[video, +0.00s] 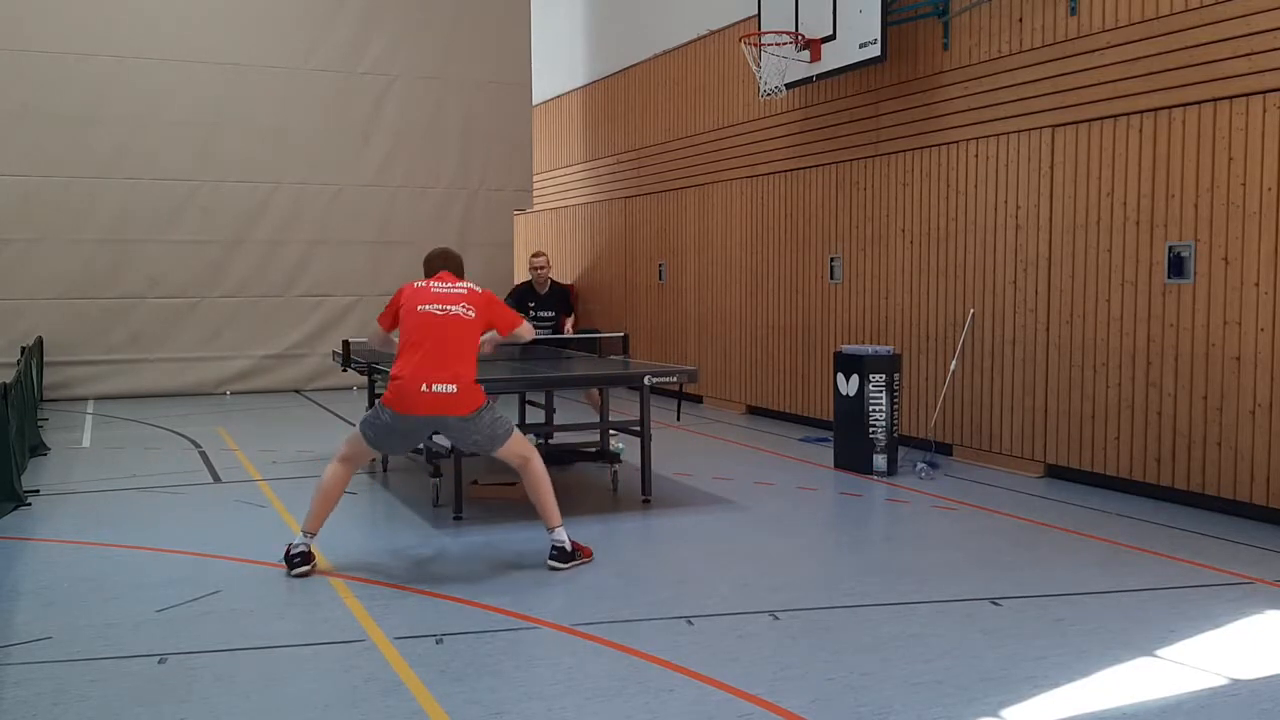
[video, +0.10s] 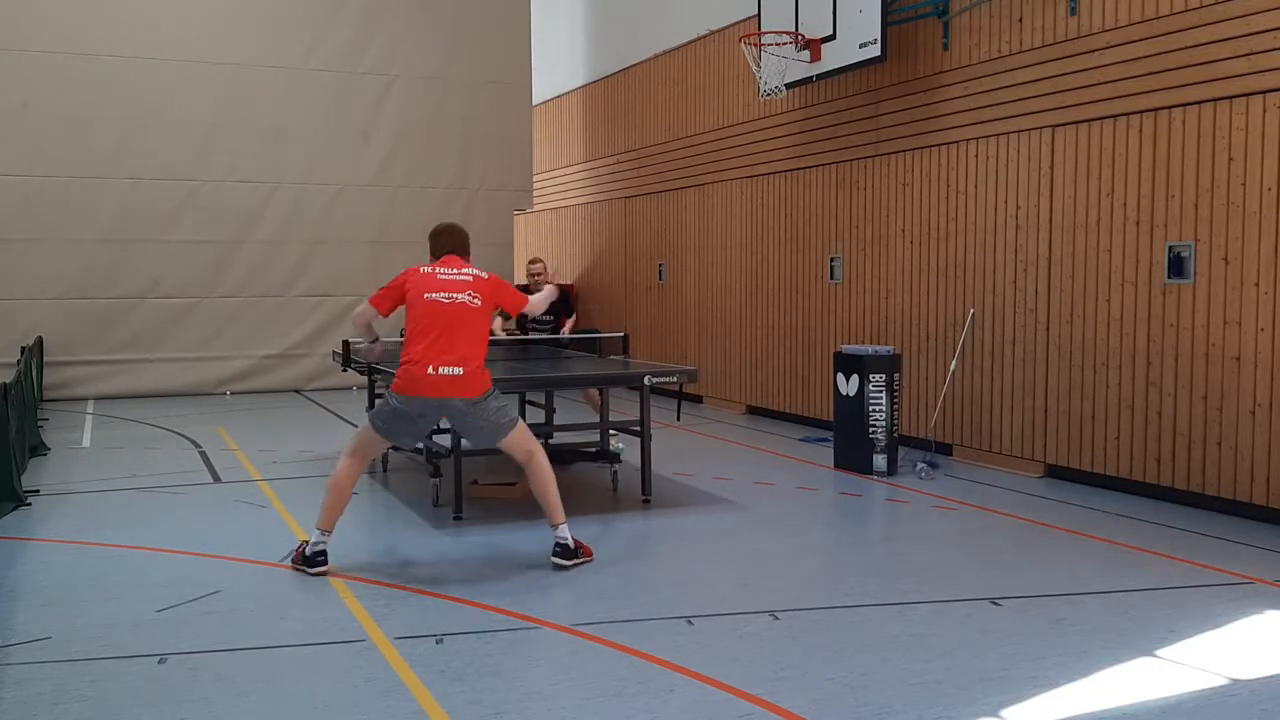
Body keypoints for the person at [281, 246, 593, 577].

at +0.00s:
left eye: (431, 277)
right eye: (457, 274)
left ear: (425, 275)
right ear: (462, 274)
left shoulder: (409, 291)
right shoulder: (481, 295)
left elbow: (379, 336)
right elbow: (525, 333)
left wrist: (406, 347)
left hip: (405, 403)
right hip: (463, 402)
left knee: (346, 460)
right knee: (526, 457)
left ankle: (302, 545)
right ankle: (561, 542)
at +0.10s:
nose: (461, 256)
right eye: (464, 251)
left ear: (432, 254)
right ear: (467, 253)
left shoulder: (412, 277)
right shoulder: (487, 281)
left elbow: (362, 318)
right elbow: (533, 307)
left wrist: (371, 343)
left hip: (413, 390)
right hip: (471, 392)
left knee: (356, 457)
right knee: (531, 454)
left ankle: (317, 546)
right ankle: (564, 539)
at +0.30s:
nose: (490, 258)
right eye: (490, 252)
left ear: (451, 253)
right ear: (486, 255)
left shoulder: (427, 284)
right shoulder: (501, 289)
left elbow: (377, 326)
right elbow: (552, 333)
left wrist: (389, 330)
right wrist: (578, 317)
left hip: (430, 402)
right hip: (489, 406)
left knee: (361, 458)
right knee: (537, 467)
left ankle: (328, 548)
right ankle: (570, 540)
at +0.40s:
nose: (512, 249)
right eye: (514, 243)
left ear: (477, 242)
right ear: (513, 246)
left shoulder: (448, 272)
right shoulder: (523, 282)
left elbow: (410, 317)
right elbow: (552, 339)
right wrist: (586, 352)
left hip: (446, 394)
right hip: (505, 393)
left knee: (386, 464)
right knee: (564, 445)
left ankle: (338, 547)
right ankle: (585, 527)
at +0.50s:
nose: (549, 255)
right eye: (549, 250)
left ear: (513, 245)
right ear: (545, 250)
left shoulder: (478, 272)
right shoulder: (544, 285)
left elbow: (451, 305)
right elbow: (549, 350)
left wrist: (491, 320)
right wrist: (585, 389)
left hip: (459, 387)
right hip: (515, 388)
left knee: (411, 457)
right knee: (579, 452)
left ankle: (370, 539)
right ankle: (616, 536)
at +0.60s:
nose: (582, 282)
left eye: (580, 276)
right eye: (583, 276)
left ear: (546, 268)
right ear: (578, 276)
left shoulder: (516, 292)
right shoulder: (560, 307)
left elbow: (523, 344)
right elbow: (544, 367)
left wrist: (571, 363)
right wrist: (580, 424)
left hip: (474, 409)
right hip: (525, 413)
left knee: (437, 478)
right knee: (603, 450)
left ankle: (385, 548)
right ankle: (629, 541)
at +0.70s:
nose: (615, 307)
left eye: (616, 300)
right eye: (616, 299)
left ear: (580, 288)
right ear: (608, 296)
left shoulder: (549, 312)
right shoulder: (580, 322)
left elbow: (556, 368)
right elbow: (554, 382)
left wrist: (610, 381)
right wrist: (589, 436)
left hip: (498, 425)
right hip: (541, 427)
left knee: (458, 495)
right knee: (634, 447)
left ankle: (388, 550)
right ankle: (633, 542)